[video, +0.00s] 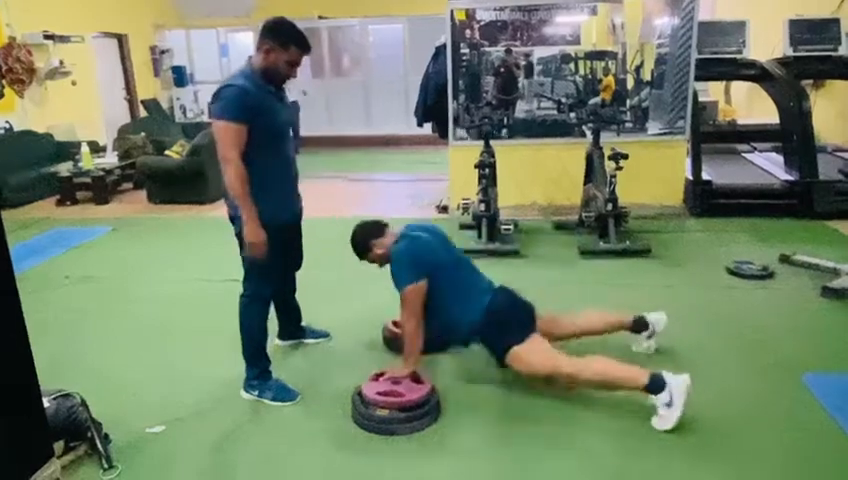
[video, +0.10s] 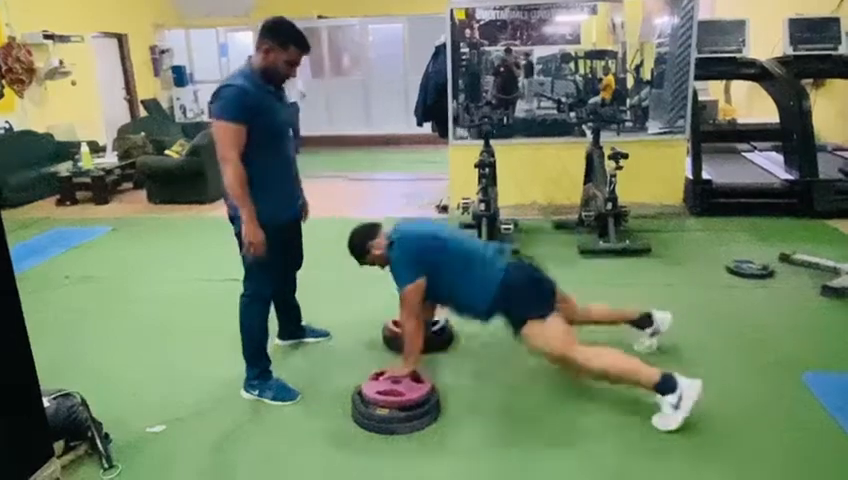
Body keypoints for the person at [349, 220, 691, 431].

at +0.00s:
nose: (378, 264)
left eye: (374, 258)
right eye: (373, 260)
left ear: (376, 246)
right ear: (384, 229)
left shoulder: (405, 256)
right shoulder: (421, 231)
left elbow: (412, 321)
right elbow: (427, 300)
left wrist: (408, 366)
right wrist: (412, 332)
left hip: (493, 322)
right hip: (500, 299)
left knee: (559, 368)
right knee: (557, 327)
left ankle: (661, 385)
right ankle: (642, 323)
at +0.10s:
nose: (377, 264)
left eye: (373, 259)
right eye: (373, 261)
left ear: (374, 247)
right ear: (378, 234)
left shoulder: (403, 252)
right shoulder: (410, 231)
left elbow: (412, 312)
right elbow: (426, 293)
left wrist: (407, 362)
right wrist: (415, 329)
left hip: (510, 292)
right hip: (514, 271)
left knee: (571, 355)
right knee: (576, 313)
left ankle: (672, 387)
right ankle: (647, 320)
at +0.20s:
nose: (395, 267)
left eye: (390, 263)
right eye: (390, 264)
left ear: (391, 250)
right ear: (395, 239)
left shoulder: (417, 250)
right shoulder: (422, 233)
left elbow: (421, 316)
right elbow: (435, 292)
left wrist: (410, 365)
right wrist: (416, 322)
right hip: (536, 237)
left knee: (549, 340)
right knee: (558, 299)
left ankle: (643, 376)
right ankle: (626, 315)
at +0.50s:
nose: (454, 275)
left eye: (452, 269)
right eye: (451, 270)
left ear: (461, 259)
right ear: (468, 248)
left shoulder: (482, 268)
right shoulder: (486, 250)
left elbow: (452, 333)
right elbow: (463, 292)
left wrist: (413, 364)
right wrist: (431, 318)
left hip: (594, 297)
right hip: (591, 281)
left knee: (524, 323)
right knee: (530, 304)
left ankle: (582, 379)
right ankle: (575, 345)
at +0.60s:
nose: (466, 262)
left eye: (464, 257)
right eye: (462, 258)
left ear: (472, 246)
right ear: (478, 235)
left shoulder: (497, 255)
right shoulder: (500, 239)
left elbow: (469, 326)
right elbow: (473, 288)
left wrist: (426, 357)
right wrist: (435, 310)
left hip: (602, 300)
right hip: (599, 286)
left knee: (528, 320)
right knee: (534, 301)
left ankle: (582, 380)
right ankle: (576, 346)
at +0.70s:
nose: (469, 234)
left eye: (466, 227)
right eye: (465, 229)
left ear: (475, 217)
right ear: (481, 209)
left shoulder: (508, 228)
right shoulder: (505, 218)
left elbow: (504, 299)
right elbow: (496, 272)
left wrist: (462, 337)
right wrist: (459, 298)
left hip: (604, 273)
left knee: (531, 315)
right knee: (523, 294)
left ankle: (580, 380)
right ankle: (571, 347)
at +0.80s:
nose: (469, 197)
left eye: (467, 189)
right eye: (464, 191)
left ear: (479, 178)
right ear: (482, 174)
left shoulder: (510, 197)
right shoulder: (507, 184)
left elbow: (529, 262)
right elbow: (524, 241)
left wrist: (506, 314)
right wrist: (501, 274)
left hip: (601, 246)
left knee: (537, 308)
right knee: (531, 288)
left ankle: (581, 382)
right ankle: (572, 346)